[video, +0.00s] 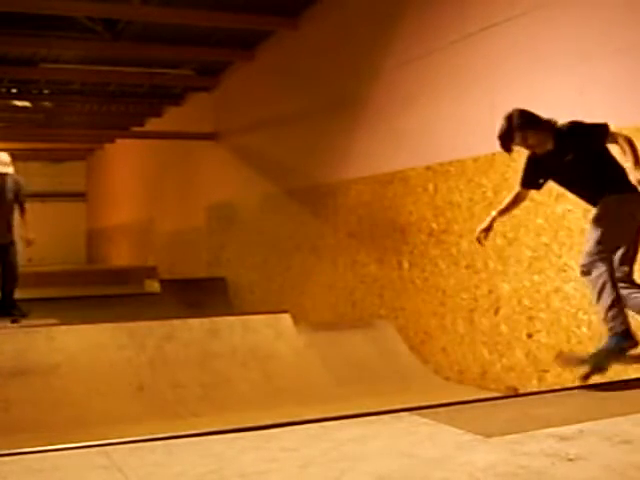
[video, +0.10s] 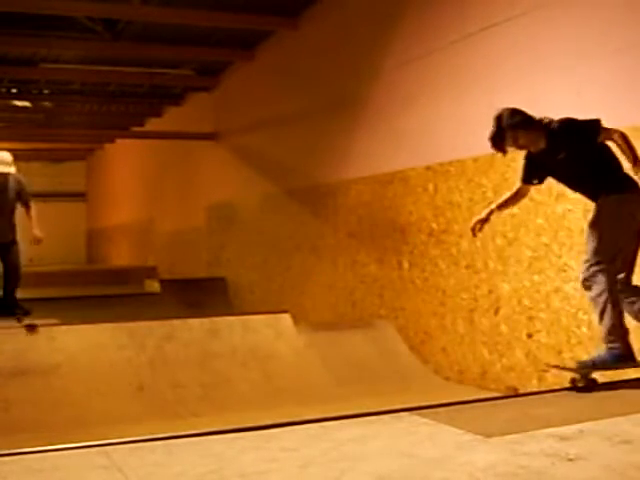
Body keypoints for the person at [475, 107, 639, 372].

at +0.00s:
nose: (527, 148)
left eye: (525, 140)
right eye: (521, 145)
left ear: (533, 127)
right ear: (521, 143)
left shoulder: (573, 132)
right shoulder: (538, 161)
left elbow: (621, 139)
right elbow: (521, 194)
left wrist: (635, 169)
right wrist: (492, 219)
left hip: (620, 201)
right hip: (623, 205)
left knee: (593, 264)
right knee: (619, 280)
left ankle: (619, 334)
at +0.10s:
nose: (519, 147)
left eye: (516, 140)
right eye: (514, 145)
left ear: (524, 127)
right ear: (513, 144)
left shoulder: (565, 129)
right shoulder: (536, 158)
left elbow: (615, 135)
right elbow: (522, 191)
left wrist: (636, 166)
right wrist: (490, 212)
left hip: (619, 200)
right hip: (621, 202)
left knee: (596, 275)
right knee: (618, 284)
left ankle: (618, 348)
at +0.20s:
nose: (506, 149)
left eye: (502, 143)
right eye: (501, 146)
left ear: (509, 130)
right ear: (507, 132)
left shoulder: (551, 128)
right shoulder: (531, 151)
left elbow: (603, 137)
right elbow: (527, 184)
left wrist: (622, 172)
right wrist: (493, 209)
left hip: (610, 196)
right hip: (618, 196)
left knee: (589, 274)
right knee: (617, 279)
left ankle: (610, 350)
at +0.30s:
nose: (498, 145)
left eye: (495, 139)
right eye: (493, 143)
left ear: (501, 125)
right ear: (502, 125)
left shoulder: (539, 121)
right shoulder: (527, 141)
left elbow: (587, 138)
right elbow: (528, 171)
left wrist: (592, 181)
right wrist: (503, 200)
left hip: (604, 190)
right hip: (620, 188)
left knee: (581, 273)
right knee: (610, 275)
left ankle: (596, 353)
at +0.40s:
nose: (490, 140)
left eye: (486, 134)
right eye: (485, 138)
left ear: (492, 119)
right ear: (494, 116)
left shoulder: (527, 118)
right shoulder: (523, 125)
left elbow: (566, 138)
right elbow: (534, 155)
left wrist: (564, 186)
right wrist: (514, 186)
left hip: (592, 191)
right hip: (609, 186)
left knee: (564, 273)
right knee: (597, 274)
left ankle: (582, 353)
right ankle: (638, 340)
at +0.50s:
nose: (480, 135)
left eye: (475, 130)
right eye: (474, 133)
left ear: (479, 115)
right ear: (484, 107)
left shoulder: (516, 116)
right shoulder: (514, 118)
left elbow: (553, 139)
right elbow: (533, 147)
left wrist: (543, 196)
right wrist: (520, 177)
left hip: (581, 187)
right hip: (600, 183)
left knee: (554, 271)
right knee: (587, 273)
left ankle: (579, 352)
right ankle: (637, 337)